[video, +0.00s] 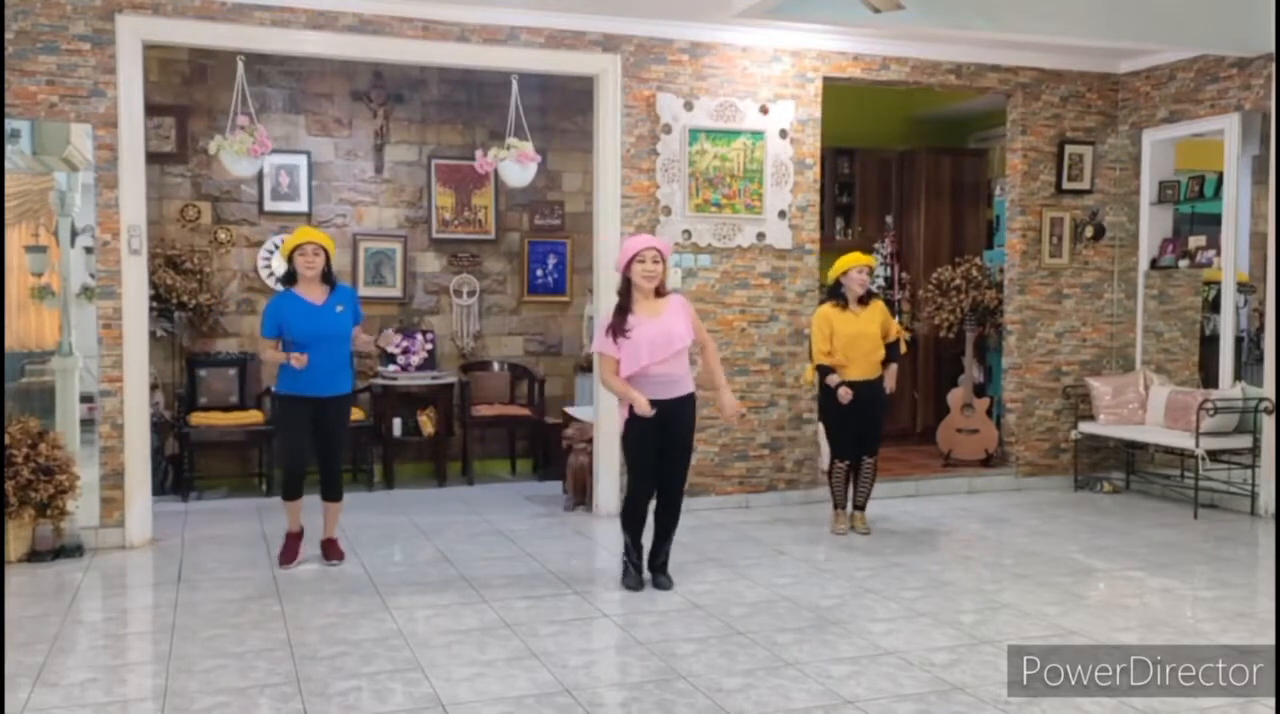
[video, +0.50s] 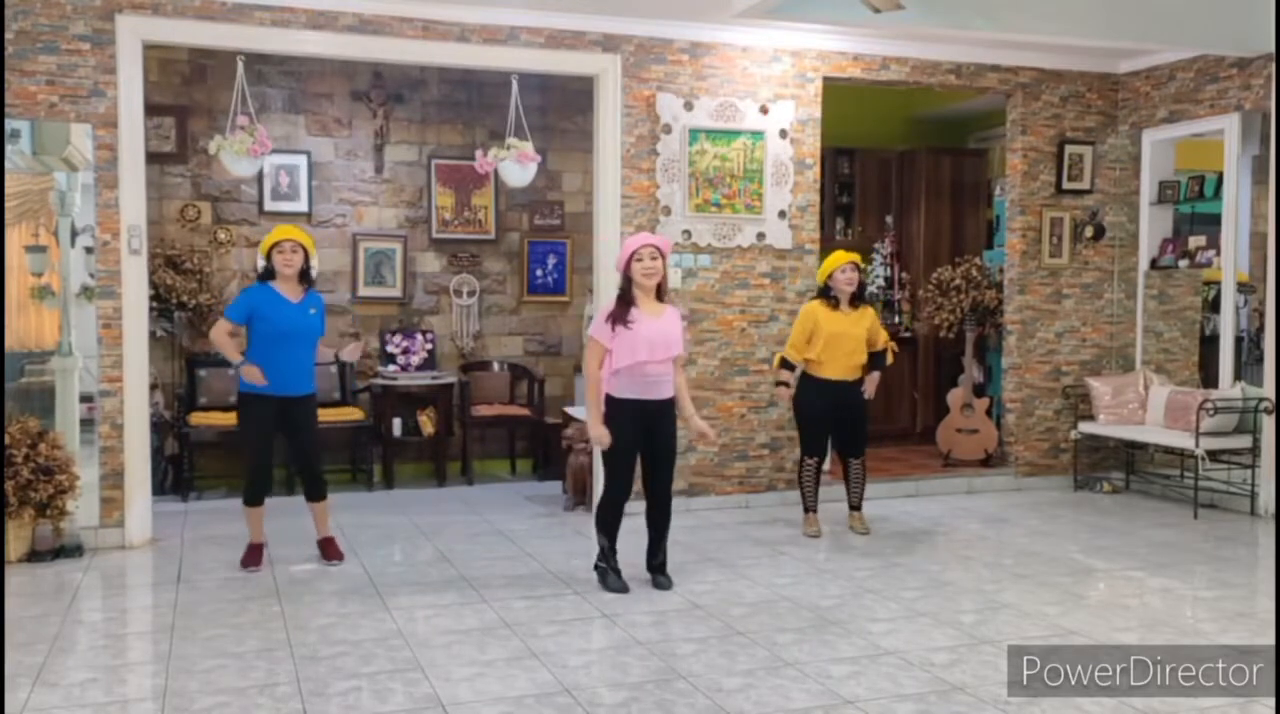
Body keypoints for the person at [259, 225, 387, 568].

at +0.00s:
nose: (309, 259)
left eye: (316, 253)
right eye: (302, 254)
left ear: (327, 260)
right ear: (292, 261)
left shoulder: (345, 295)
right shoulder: (279, 304)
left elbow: (354, 336)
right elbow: (265, 351)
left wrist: (378, 343)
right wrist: (288, 358)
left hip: (336, 396)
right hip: (293, 397)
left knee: (332, 466)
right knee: (293, 466)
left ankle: (330, 538)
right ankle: (293, 533)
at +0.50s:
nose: (288, 257)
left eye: (295, 251)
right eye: (281, 251)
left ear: (305, 259)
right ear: (271, 258)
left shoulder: (314, 301)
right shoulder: (255, 295)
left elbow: (313, 350)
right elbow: (218, 332)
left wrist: (340, 354)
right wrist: (242, 363)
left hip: (301, 397)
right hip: (258, 397)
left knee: (311, 466)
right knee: (258, 469)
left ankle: (325, 536)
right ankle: (256, 541)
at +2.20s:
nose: (321, 257)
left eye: (326, 251)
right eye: (313, 251)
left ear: (335, 258)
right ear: (301, 258)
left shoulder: (351, 295)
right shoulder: (286, 304)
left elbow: (364, 337)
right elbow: (275, 350)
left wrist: (389, 341)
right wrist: (292, 363)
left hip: (344, 396)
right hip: (303, 397)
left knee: (341, 469)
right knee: (313, 470)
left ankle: (337, 539)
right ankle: (314, 539)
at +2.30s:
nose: (322, 256)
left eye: (328, 251)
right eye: (315, 251)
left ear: (336, 258)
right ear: (302, 258)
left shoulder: (351, 297)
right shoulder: (287, 303)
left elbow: (363, 341)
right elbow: (274, 350)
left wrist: (391, 341)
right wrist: (297, 359)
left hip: (344, 396)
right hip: (304, 398)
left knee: (341, 468)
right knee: (312, 468)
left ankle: (337, 539)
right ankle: (313, 536)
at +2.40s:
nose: (323, 257)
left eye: (328, 251)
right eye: (315, 251)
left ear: (337, 259)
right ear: (303, 259)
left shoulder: (351, 298)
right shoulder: (287, 303)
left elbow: (360, 343)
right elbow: (272, 349)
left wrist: (391, 339)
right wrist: (298, 355)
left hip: (343, 397)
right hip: (303, 398)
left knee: (341, 467)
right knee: (307, 467)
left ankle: (338, 538)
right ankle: (306, 533)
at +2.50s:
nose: (321, 255)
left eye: (326, 250)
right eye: (314, 250)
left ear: (335, 258)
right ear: (301, 257)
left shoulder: (346, 297)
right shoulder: (287, 298)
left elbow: (355, 343)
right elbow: (267, 345)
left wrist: (387, 336)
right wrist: (297, 349)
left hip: (339, 394)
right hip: (299, 395)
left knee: (337, 465)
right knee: (301, 465)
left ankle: (337, 538)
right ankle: (289, 527)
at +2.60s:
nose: (316, 255)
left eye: (322, 249)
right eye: (309, 249)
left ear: (331, 257)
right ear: (297, 256)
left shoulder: (341, 299)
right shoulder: (281, 297)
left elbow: (346, 346)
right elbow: (259, 342)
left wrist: (380, 337)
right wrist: (291, 349)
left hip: (332, 395)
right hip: (291, 395)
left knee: (333, 466)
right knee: (292, 464)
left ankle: (336, 539)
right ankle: (270, 538)